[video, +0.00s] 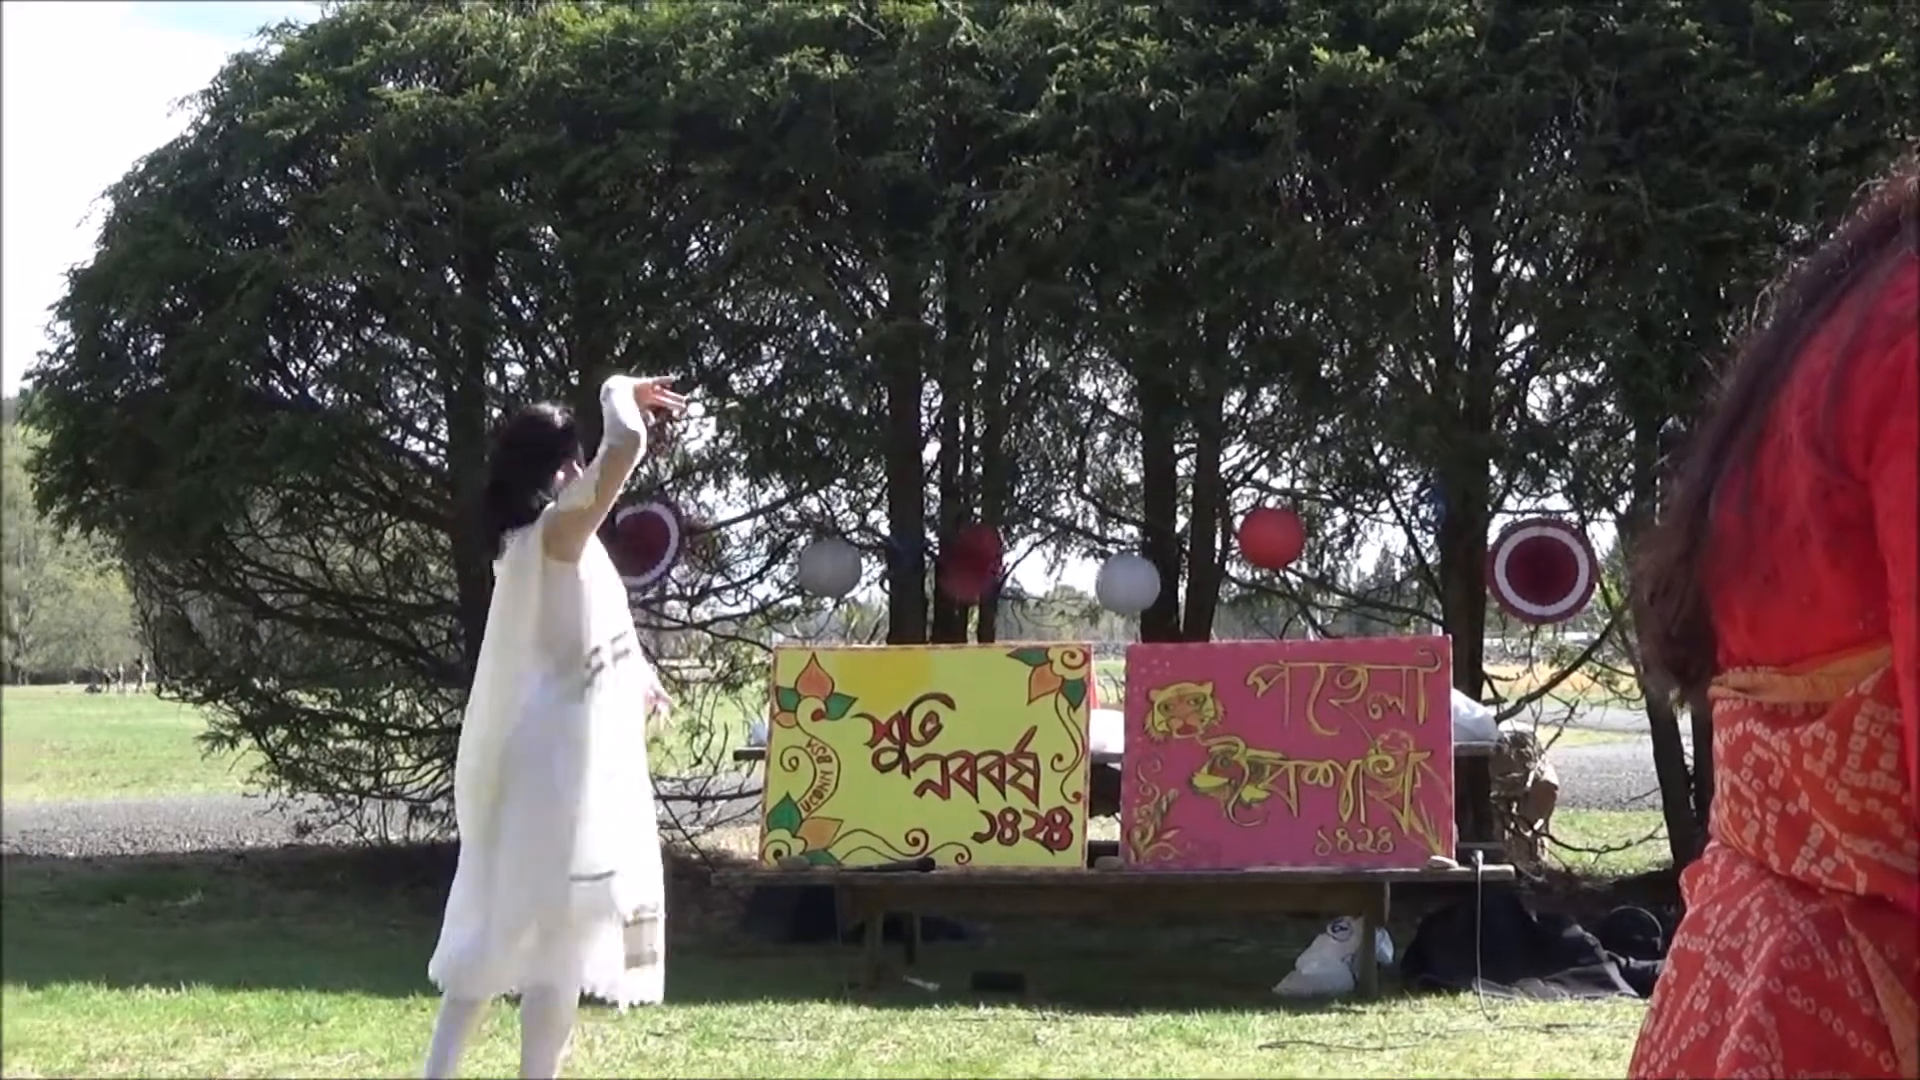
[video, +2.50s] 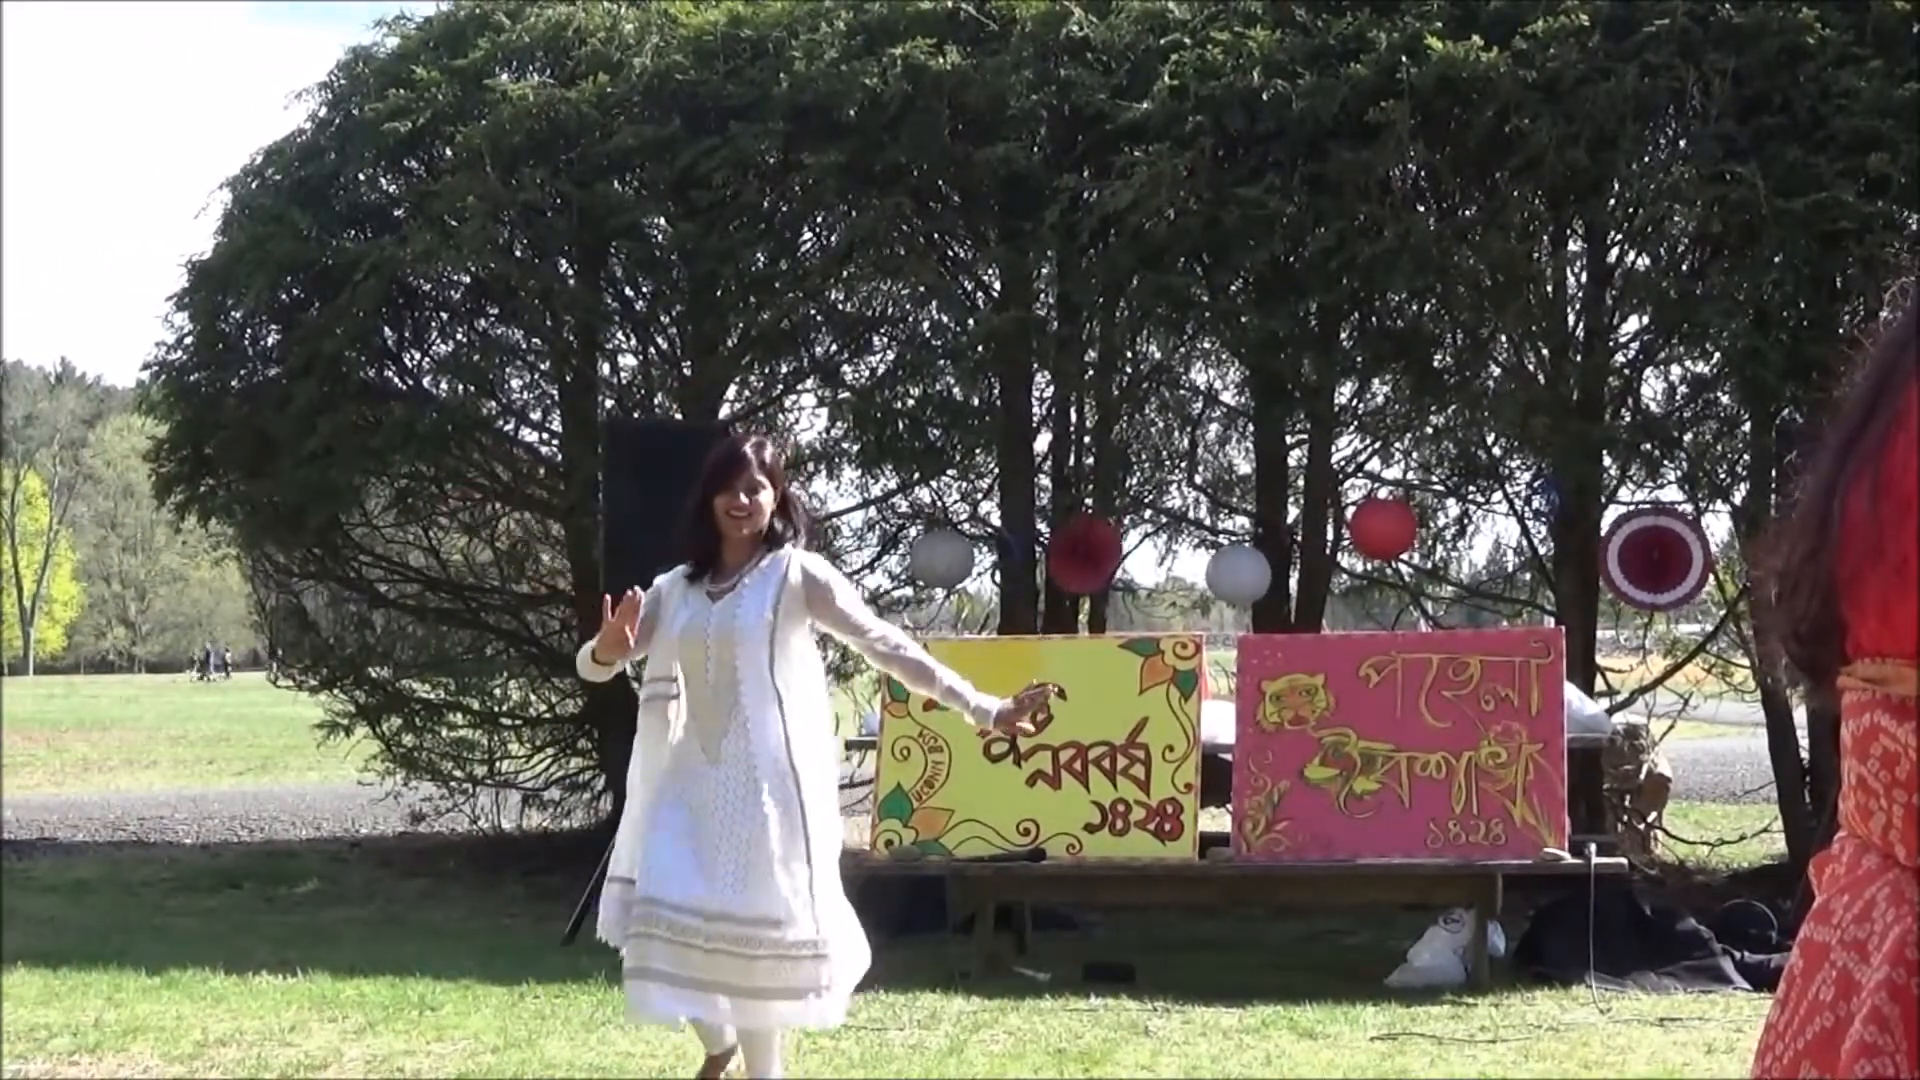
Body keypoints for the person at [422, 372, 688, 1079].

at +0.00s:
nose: (588, 473)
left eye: (586, 460)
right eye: (579, 459)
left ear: (528, 475)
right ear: (557, 472)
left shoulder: (559, 548)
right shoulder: (545, 542)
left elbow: (583, 644)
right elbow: (599, 488)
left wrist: (639, 677)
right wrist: (627, 412)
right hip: (550, 772)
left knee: (491, 934)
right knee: (558, 939)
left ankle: (438, 1067)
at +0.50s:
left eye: (661, 458)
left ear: (666, 474)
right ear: (734, 481)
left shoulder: (631, 551)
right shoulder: (744, 553)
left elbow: (567, 645)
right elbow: (723, 466)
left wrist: (612, 687)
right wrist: (662, 407)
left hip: (642, 736)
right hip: (720, 735)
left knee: (631, 912)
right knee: (718, 911)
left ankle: (659, 1069)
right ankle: (759, 1065)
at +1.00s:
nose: (684, 491)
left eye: (697, 478)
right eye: (683, 480)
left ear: (738, 485)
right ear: (686, 487)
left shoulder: (753, 563)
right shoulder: (676, 553)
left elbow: (715, 670)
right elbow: (592, 501)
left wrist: (621, 715)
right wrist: (658, 430)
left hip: (707, 776)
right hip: (652, 772)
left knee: (703, 937)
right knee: (661, 932)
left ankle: (771, 1067)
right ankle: (667, 1069)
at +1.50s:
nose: (753, 488)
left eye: (767, 475)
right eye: (739, 477)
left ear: (790, 485)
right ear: (722, 489)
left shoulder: (812, 561)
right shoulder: (696, 564)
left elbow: (835, 667)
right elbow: (597, 558)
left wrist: (844, 757)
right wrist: (597, 459)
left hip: (781, 762)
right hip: (711, 758)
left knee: (743, 911)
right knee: (753, 917)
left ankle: (717, 1068)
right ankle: (785, 1067)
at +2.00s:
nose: (768, 483)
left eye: (777, 471)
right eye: (753, 472)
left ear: (793, 480)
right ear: (727, 483)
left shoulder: (820, 557)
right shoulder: (693, 558)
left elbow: (907, 619)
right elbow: (584, 575)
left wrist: (994, 660)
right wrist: (513, 528)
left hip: (799, 758)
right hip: (720, 756)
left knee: (770, 908)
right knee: (753, 911)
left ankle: (763, 1068)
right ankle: (783, 1063)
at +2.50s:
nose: (742, 501)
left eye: (756, 489)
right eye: (730, 488)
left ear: (777, 498)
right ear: (709, 496)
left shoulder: (796, 573)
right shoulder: (672, 589)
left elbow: (885, 644)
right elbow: (594, 670)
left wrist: (986, 707)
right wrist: (606, 647)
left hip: (764, 783)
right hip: (681, 782)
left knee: (756, 937)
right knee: (657, 919)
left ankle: (763, 1071)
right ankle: (719, 1048)